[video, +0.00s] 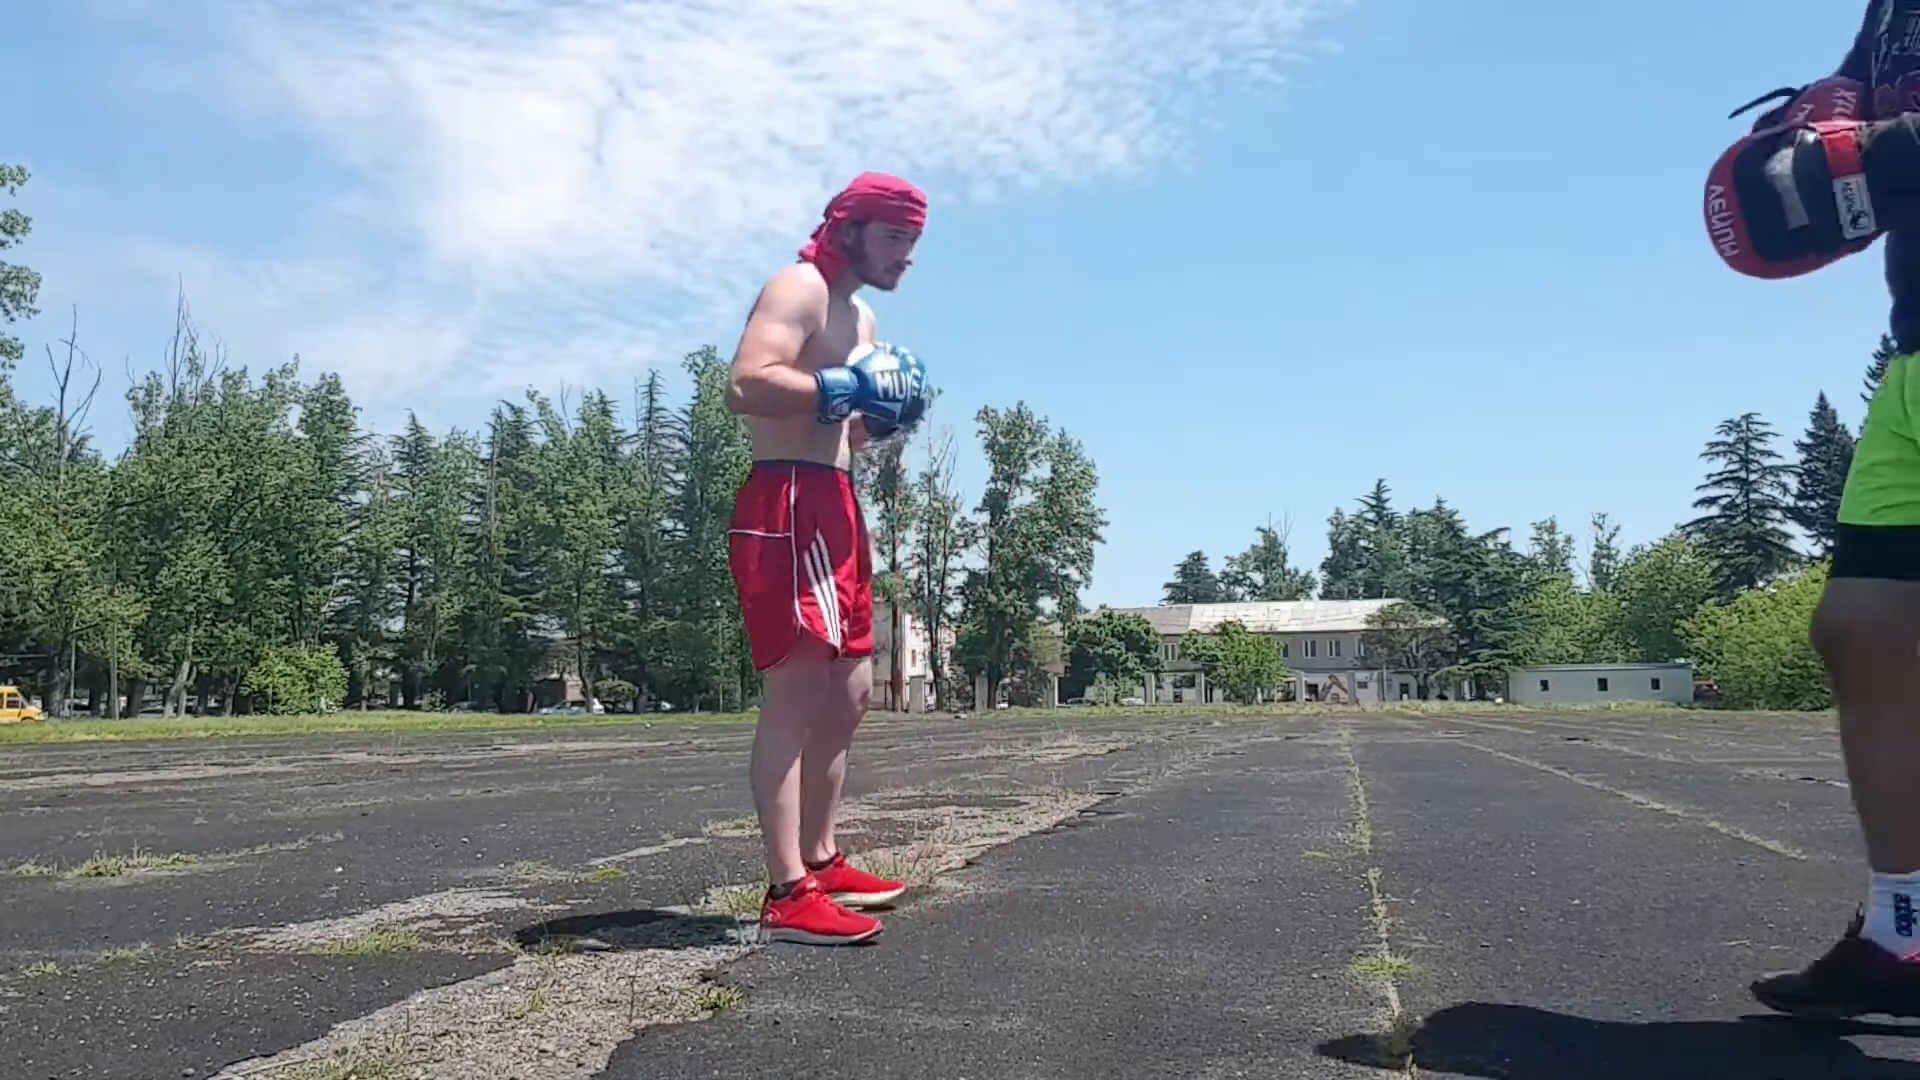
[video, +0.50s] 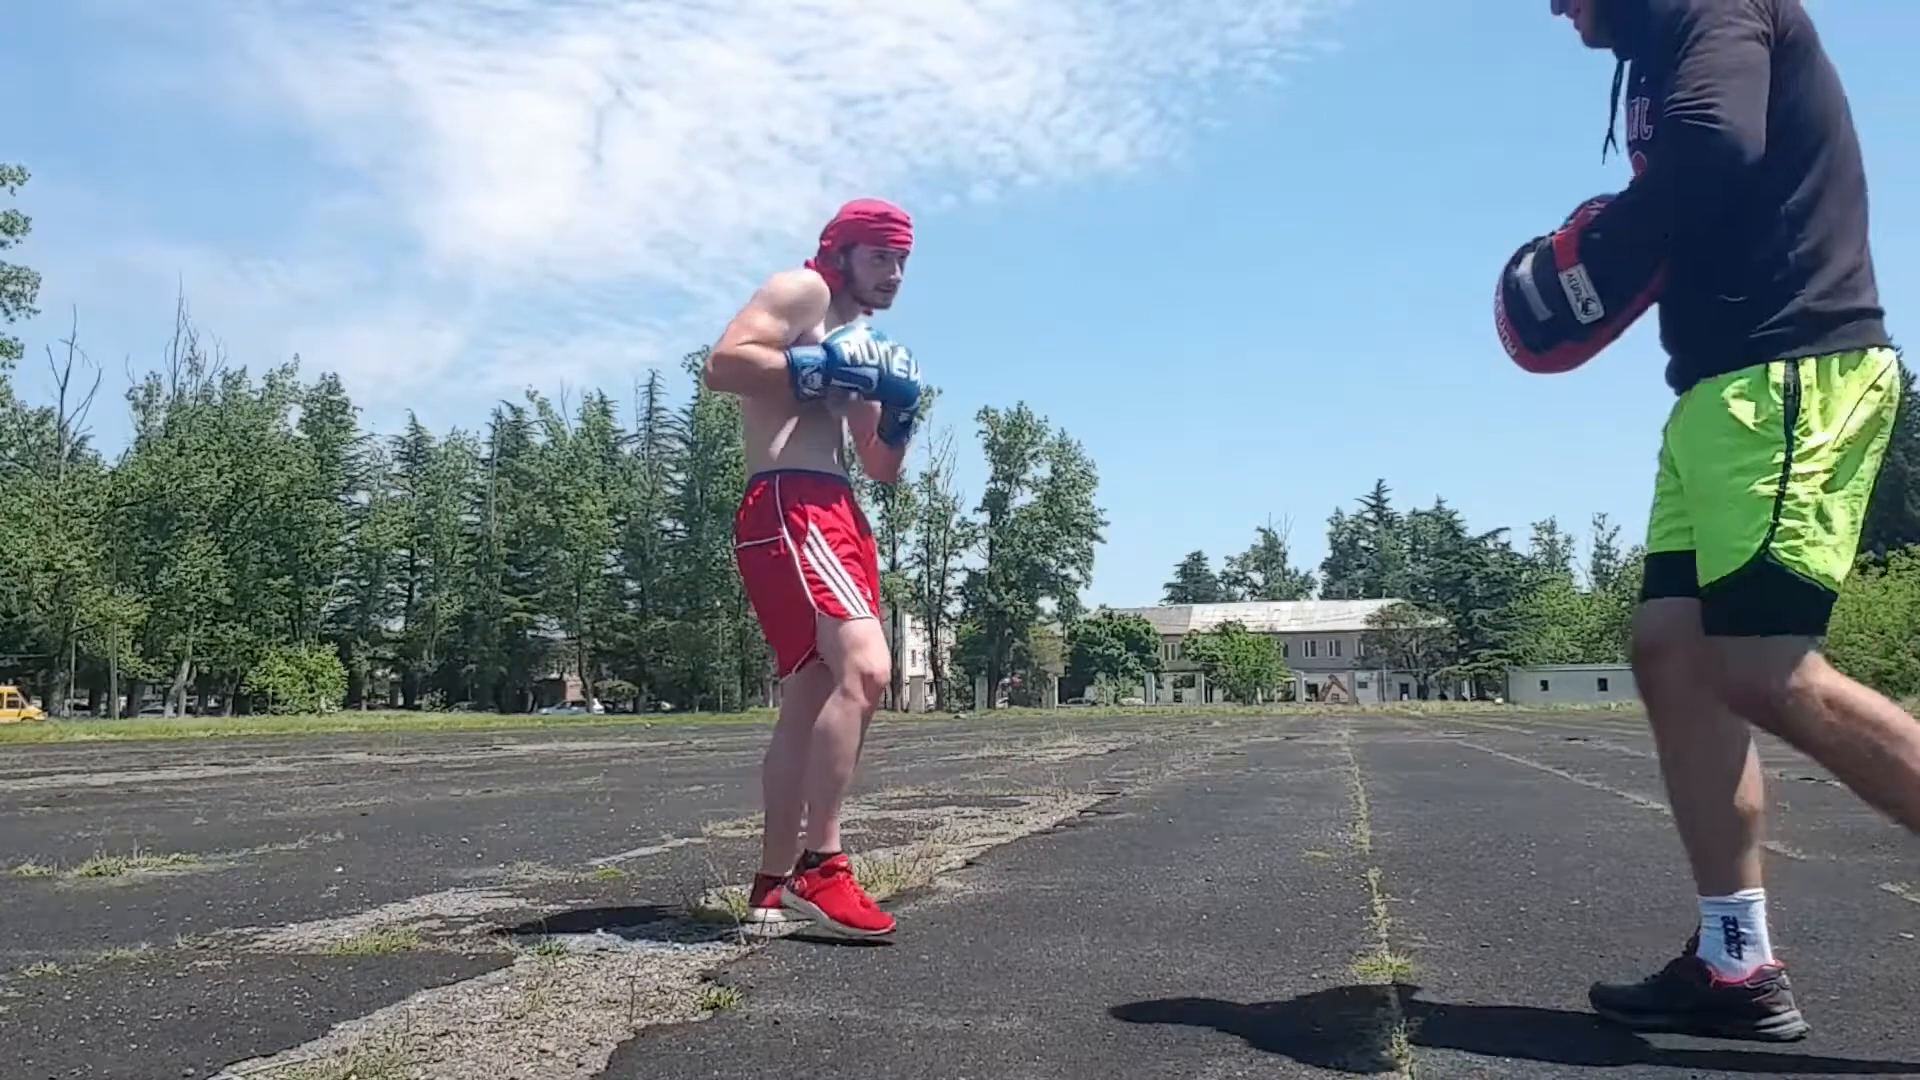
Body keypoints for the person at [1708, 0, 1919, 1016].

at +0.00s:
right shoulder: (1890, 19)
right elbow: (1850, 96)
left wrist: (1876, 147)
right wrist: (1817, 119)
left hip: (1915, 350)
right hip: (1909, 348)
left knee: (1868, 624)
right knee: (1864, 623)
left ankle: (1898, 936)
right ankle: (1896, 936)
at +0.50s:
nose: (1561, 9)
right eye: (1557, 2)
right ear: (1609, 8)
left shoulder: (1713, 7)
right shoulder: (1660, 62)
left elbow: (1720, 141)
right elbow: (1688, 210)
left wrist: (1596, 248)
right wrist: (1581, 271)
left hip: (1798, 368)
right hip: (1720, 382)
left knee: (1757, 666)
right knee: (1670, 650)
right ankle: (1735, 965)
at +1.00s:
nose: (1386, 57)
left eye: (1385, 28)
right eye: (1378, 36)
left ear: (1423, 8)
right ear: (1479, 4)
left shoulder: (1470, 57)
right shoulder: (1560, 68)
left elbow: (1464, 221)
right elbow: (1537, 270)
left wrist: (1391, 327)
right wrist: (1426, 357)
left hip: (1563, 393)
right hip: (1619, 391)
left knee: (1490, 669)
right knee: (1443, 635)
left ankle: (1595, 977)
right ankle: (1556, 902)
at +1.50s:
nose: (1315, 67)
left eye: (1314, 43)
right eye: (1310, 49)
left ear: (1350, 20)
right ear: (1402, 17)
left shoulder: (1392, 71)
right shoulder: (1461, 92)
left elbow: (1307, 211)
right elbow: (1428, 250)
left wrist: (1215, 255)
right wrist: (1329, 270)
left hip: (1475, 399)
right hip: (1512, 393)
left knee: (1436, 664)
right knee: (1415, 660)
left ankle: (1542, 942)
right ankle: (1463, 914)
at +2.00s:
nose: (1291, 106)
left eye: (1294, 90)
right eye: (1290, 92)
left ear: (1321, 77)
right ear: (1374, 65)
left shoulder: (1357, 139)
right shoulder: (1425, 133)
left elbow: (1224, 231)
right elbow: (1330, 201)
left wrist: (1125, 221)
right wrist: (1240, 179)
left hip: (1426, 431)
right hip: (1471, 427)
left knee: (1364, 665)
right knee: (1361, 668)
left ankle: (1519, 908)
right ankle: (1393, 902)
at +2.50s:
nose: (1290, 110)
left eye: (1298, 90)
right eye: (1291, 91)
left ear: (1343, 86)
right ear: (1356, 82)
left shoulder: (1405, 155)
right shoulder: (1367, 165)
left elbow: (1303, 241)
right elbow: (1300, 245)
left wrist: (1192, 197)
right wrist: (1202, 203)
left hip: (1438, 444)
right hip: (1379, 449)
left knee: (1421, 658)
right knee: (1341, 658)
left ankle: (1598, 869)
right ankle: (1385, 894)